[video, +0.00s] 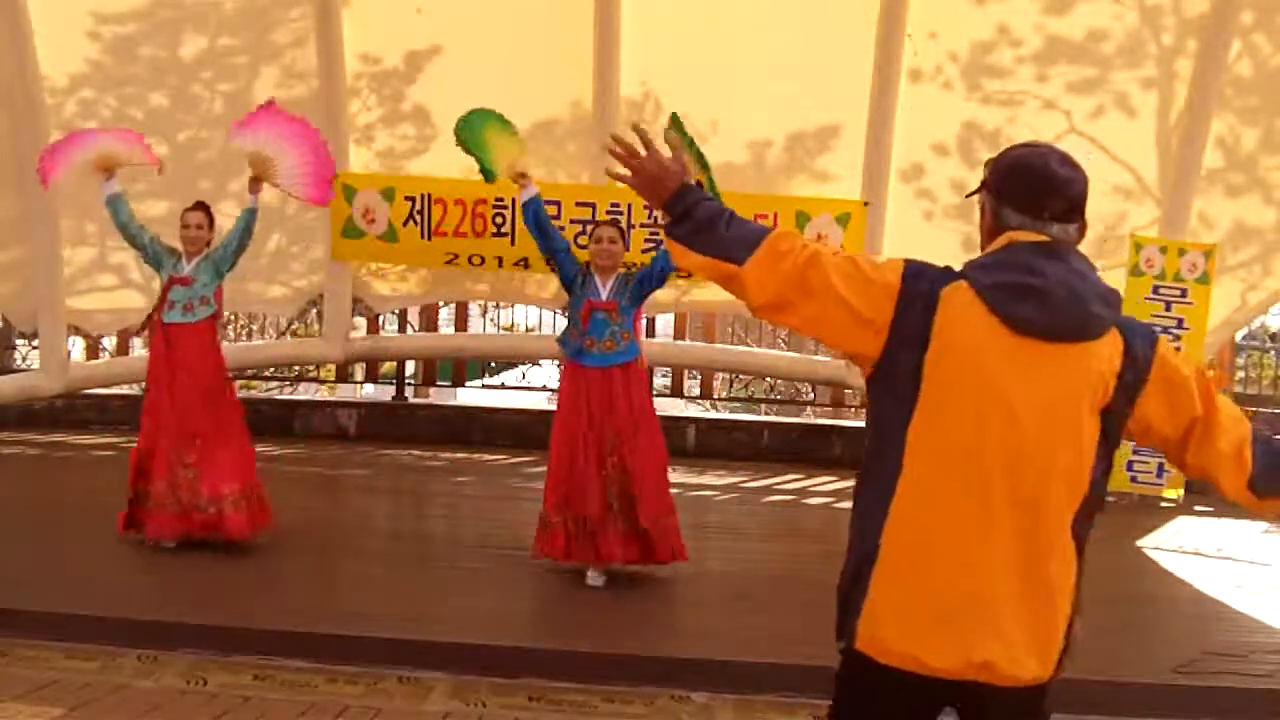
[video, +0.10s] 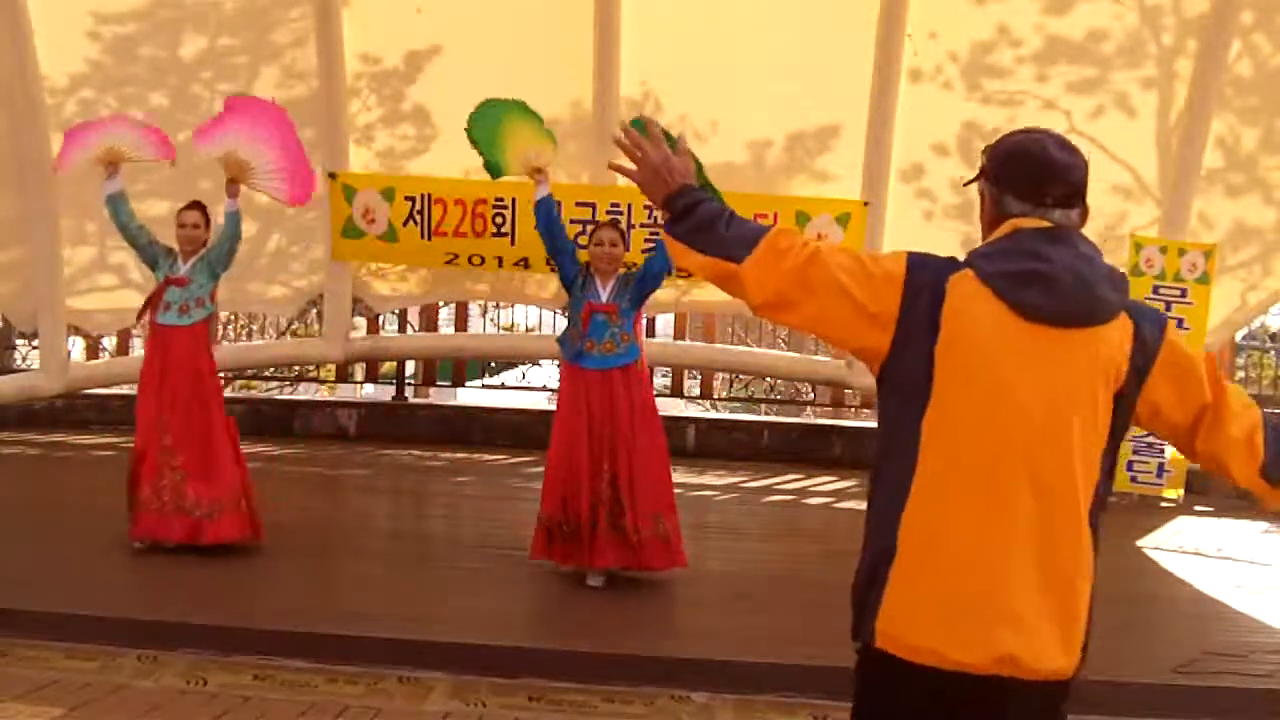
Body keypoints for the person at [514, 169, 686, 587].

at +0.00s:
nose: (605, 247)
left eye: (613, 242)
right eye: (598, 241)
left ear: (624, 251)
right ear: (588, 248)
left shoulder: (634, 286)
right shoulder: (577, 281)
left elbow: (670, 259)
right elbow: (548, 240)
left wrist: (692, 219)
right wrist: (528, 190)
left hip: (624, 386)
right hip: (583, 385)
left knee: (625, 464)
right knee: (586, 465)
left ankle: (620, 551)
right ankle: (594, 555)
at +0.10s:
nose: (607, 251)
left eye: (615, 245)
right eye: (600, 244)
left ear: (625, 253)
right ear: (588, 251)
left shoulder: (634, 287)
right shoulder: (577, 283)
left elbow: (662, 263)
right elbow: (553, 239)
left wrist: (668, 214)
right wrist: (541, 185)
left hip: (625, 389)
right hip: (583, 388)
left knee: (624, 467)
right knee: (585, 466)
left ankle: (616, 556)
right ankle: (590, 556)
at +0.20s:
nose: (606, 252)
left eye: (614, 246)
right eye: (600, 245)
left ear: (624, 254)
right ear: (587, 251)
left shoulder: (633, 289)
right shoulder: (576, 284)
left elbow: (654, 265)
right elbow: (560, 242)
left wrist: (659, 222)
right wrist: (554, 187)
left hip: (622, 389)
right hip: (580, 388)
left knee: (618, 471)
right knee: (576, 468)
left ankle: (608, 561)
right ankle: (570, 558)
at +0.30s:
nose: (607, 254)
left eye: (614, 248)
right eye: (600, 247)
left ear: (624, 256)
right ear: (587, 253)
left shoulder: (631, 291)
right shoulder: (576, 286)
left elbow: (647, 270)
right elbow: (562, 245)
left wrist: (646, 230)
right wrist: (565, 191)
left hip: (623, 395)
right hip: (579, 393)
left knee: (624, 474)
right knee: (576, 473)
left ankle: (623, 564)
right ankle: (575, 565)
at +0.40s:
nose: (605, 259)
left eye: (613, 253)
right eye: (598, 251)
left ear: (622, 259)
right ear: (585, 255)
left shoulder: (629, 295)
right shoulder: (574, 289)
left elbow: (642, 279)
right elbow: (567, 254)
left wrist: (630, 241)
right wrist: (571, 207)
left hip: (622, 398)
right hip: (578, 396)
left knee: (624, 479)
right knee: (576, 478)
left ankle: (623, 569)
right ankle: (577, 570)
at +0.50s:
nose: (605, 259)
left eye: (613, 253)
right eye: (599, 251)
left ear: (624, 263)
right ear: (585, 256)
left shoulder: (628, 299)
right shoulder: (571, 292)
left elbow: (655, 273)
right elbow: (568, 253)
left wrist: (654, 229)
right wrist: (584, 212)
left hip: (618, 402)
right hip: (576, 400)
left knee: (622, 483)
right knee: (576, 482)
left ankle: (623, 572)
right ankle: (579, 572)